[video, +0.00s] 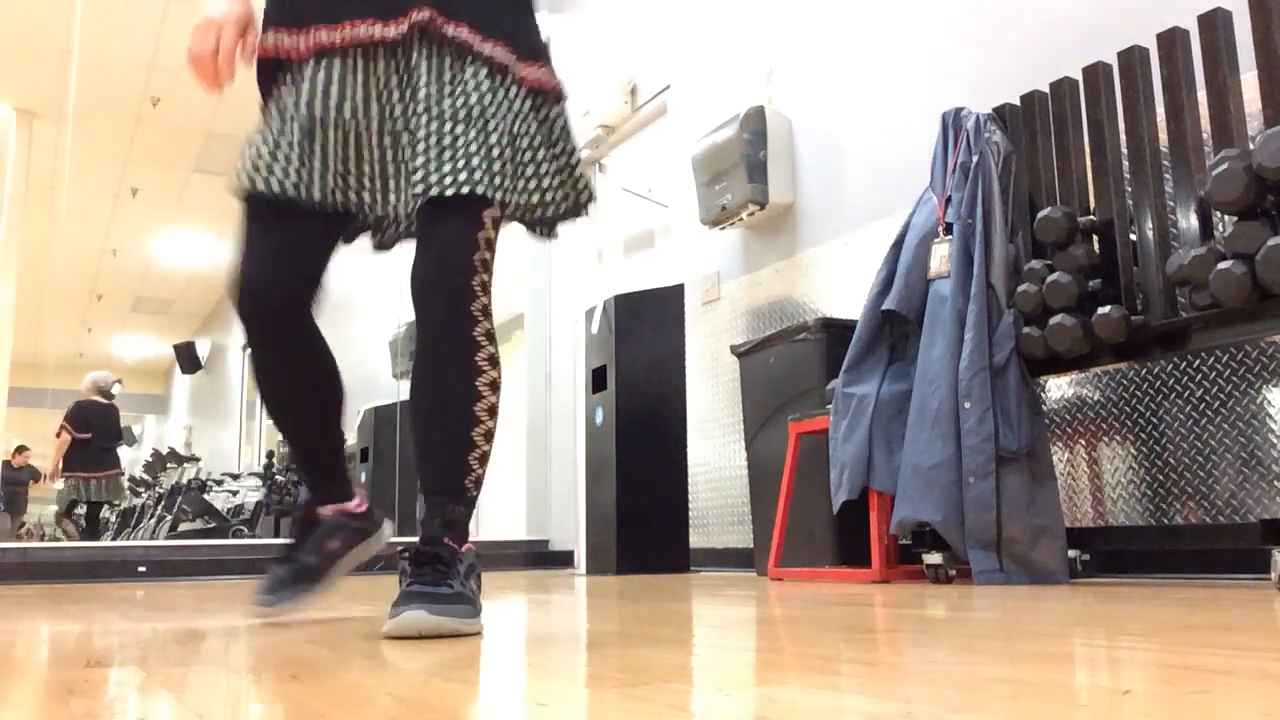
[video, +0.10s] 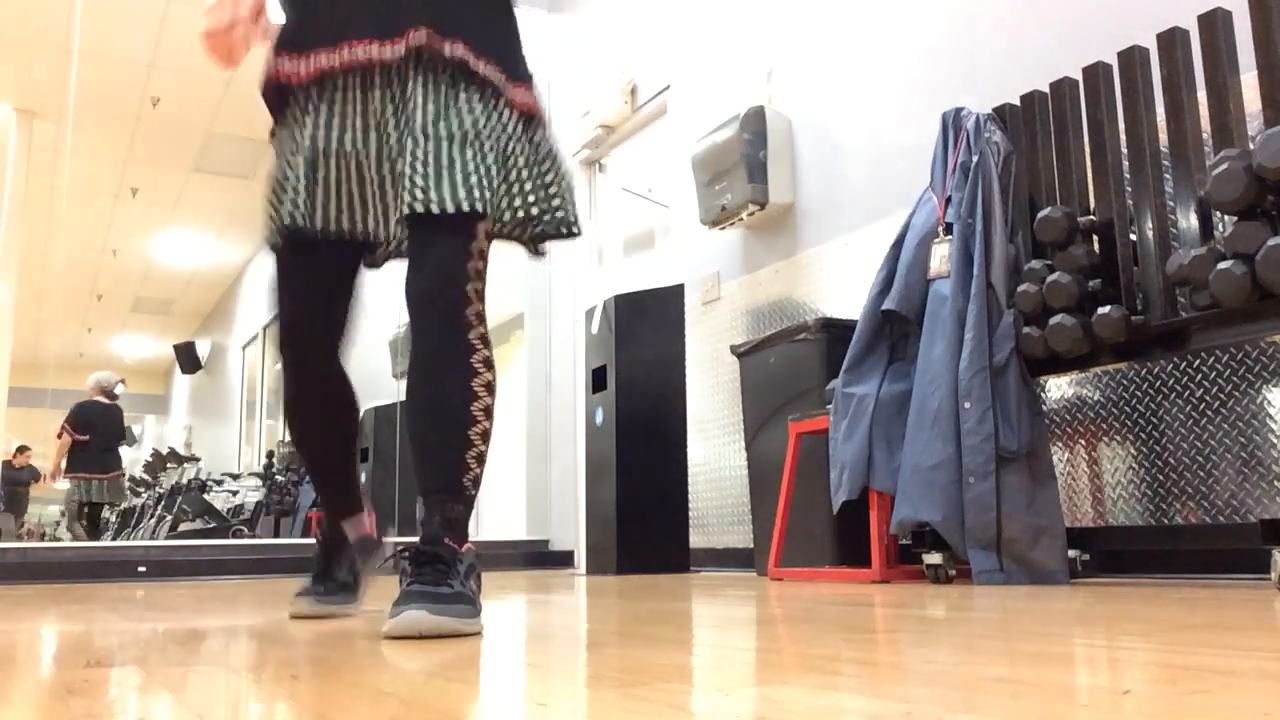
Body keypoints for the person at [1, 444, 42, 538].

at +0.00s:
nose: (27, 460)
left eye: (28, 457)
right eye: (25, 457)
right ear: (16, 455)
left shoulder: (28, 469)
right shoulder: (4, 465)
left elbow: (38, 477)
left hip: (18, 506)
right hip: (3, 504)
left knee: (16, 532)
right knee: (4, 531)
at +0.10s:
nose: (28, 460)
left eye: (29, 457)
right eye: (27, 457)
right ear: (18, 455)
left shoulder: (29, 469)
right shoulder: (4, 465)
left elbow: (38, 478)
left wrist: (29, 466)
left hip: (21, 508)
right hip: (5, 506)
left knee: (18, 534)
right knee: (7, 533)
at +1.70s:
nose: (97, 467)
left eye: (98, 464)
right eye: (97, 464)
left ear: (90, 460)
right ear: (89, 460)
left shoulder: (91, 471)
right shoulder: (78, 471)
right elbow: (75, 491)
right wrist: (82, 508)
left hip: (88, 510)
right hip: (74, 511)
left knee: (90, 539)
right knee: (71, 540)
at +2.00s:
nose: (113, 472)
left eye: (114, 469)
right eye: (112, 469)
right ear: (104, 466)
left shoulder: (111, 480)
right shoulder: (88, 475)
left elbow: (115, 492)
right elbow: (77, 492)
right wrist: (83, 511)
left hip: (97, 511)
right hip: (82, 510)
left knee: (97, 535)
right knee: (81, 532)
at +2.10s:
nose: (115, 476)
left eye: (116, 473)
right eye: (113, 473)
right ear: (106, 470)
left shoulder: (113, 482)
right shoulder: (90, 477)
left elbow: (118, 496)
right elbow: (79, 494)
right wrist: (83, 512)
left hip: (97, 512)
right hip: (82, 510)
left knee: (97, 535)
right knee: (82, 532)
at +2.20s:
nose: (116, 483)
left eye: (117, 481)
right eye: (115, 480)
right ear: (108, 477)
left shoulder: (114, 488)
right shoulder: (92, 482)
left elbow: (116, 506)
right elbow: (80, 499)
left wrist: (115, 523)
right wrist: (82, 517)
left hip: (97, 514)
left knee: (97, 539)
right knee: (78, 537)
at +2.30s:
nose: (115, 489)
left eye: (116, 487)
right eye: (114, 486)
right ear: (107, 482)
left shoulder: (115, 491)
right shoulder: (92, 485)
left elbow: (116, 509)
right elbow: (79, 502)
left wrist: (115, 529)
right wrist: (80, 519)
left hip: (97, 514)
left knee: (97, 539)